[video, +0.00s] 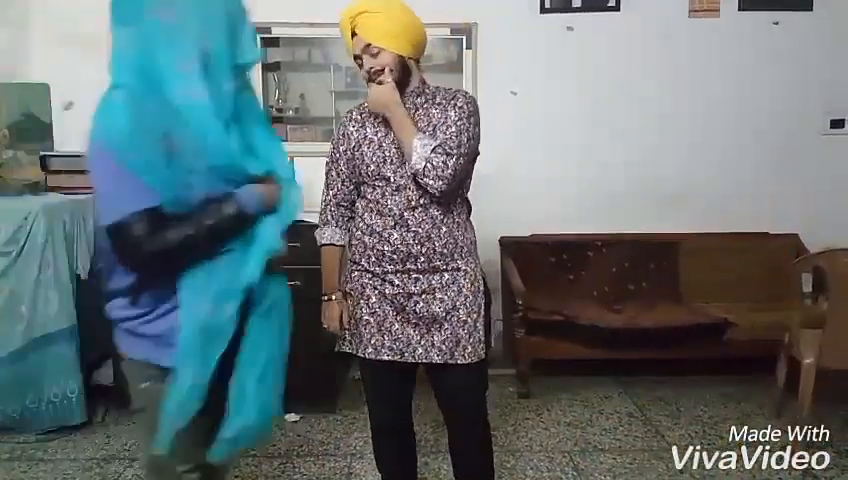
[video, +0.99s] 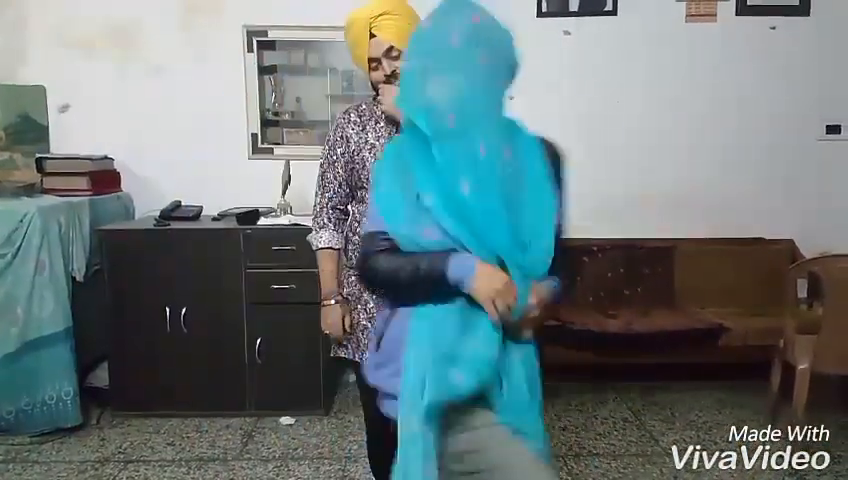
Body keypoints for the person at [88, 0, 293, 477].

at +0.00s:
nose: (233, 51)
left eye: (231, 34)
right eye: (217, 35)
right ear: (173, 36)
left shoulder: (229, 108)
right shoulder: (125, 116)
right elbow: (143, 247)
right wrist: (249, 201)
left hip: (223, 331)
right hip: (160, 340)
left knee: (214, 460)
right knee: (171, 465)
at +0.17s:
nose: (280, 75)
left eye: (280, 57)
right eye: (263, 58)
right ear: (225, 63)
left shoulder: (286, 136)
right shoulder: (185, 152)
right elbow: (194, 280)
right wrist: (298, 235)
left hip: (282, 338)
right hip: (213, 355)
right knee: (304, 460)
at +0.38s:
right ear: (279, 57)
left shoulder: (334, 136)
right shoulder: (236, 148)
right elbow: (232, 284)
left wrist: (367, 284)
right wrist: (338, 257)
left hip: (332, 345)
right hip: (261, 366)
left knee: (389, 457)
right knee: (371, 465)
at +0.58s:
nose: (381, 16)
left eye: (377, 9)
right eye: (370, 8)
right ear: (338, 11)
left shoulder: (397, 86)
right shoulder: (283, 77)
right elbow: (267, 199)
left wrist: (434, 237)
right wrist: (383, 194)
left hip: (391, 328)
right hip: (309, 331)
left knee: (380, 466)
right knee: (323, 466)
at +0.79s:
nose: (405, 40)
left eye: (419, 23)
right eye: (388, 23)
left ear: (433, 27)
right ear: (361, 26)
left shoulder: (460, 108)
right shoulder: (333, 102)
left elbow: (473, 199)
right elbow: (316, 206)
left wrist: (497, 245)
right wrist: (428, 202)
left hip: (453, 349)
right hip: (362, 348)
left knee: (455, 465)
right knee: (368, 464)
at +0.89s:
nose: (435, 71)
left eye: (449, 56)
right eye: (419, 56)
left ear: (464, 56)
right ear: (394, 53)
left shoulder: (494, 129)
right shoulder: (364, 130)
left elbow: (520, 231)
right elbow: (343, 235)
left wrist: (521, 262)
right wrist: (442, 236)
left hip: (480, 352)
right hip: (393, 356)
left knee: (478, 465)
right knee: (409, 464)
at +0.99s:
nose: (386, 70)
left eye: (395, 56)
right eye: (374, 62)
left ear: (418, 53)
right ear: (364, 68)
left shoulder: (448, 118)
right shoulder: (352, 126)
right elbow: (329, 213)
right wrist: (330, 296)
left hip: (445, 298)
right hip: (373, 302)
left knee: (444, 420)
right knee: (386, 430)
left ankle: (436, 473)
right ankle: (385, 475)